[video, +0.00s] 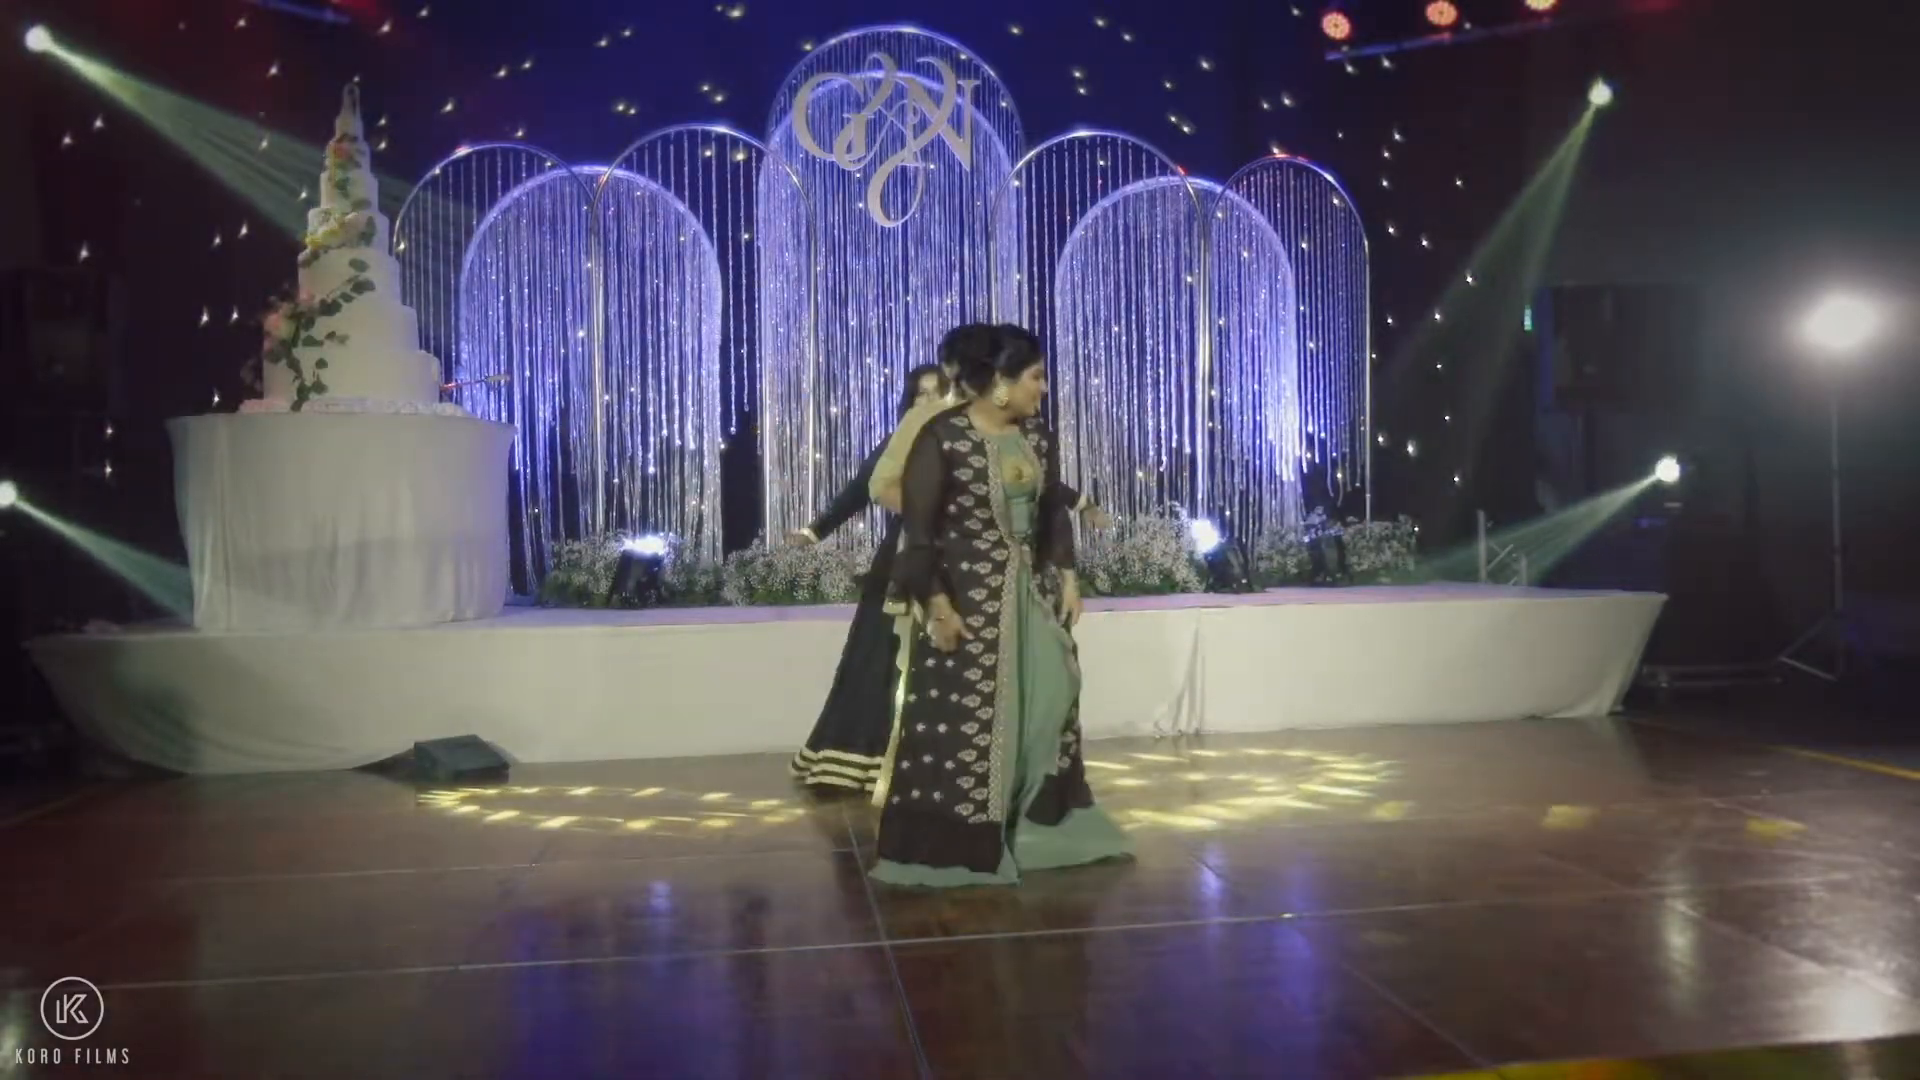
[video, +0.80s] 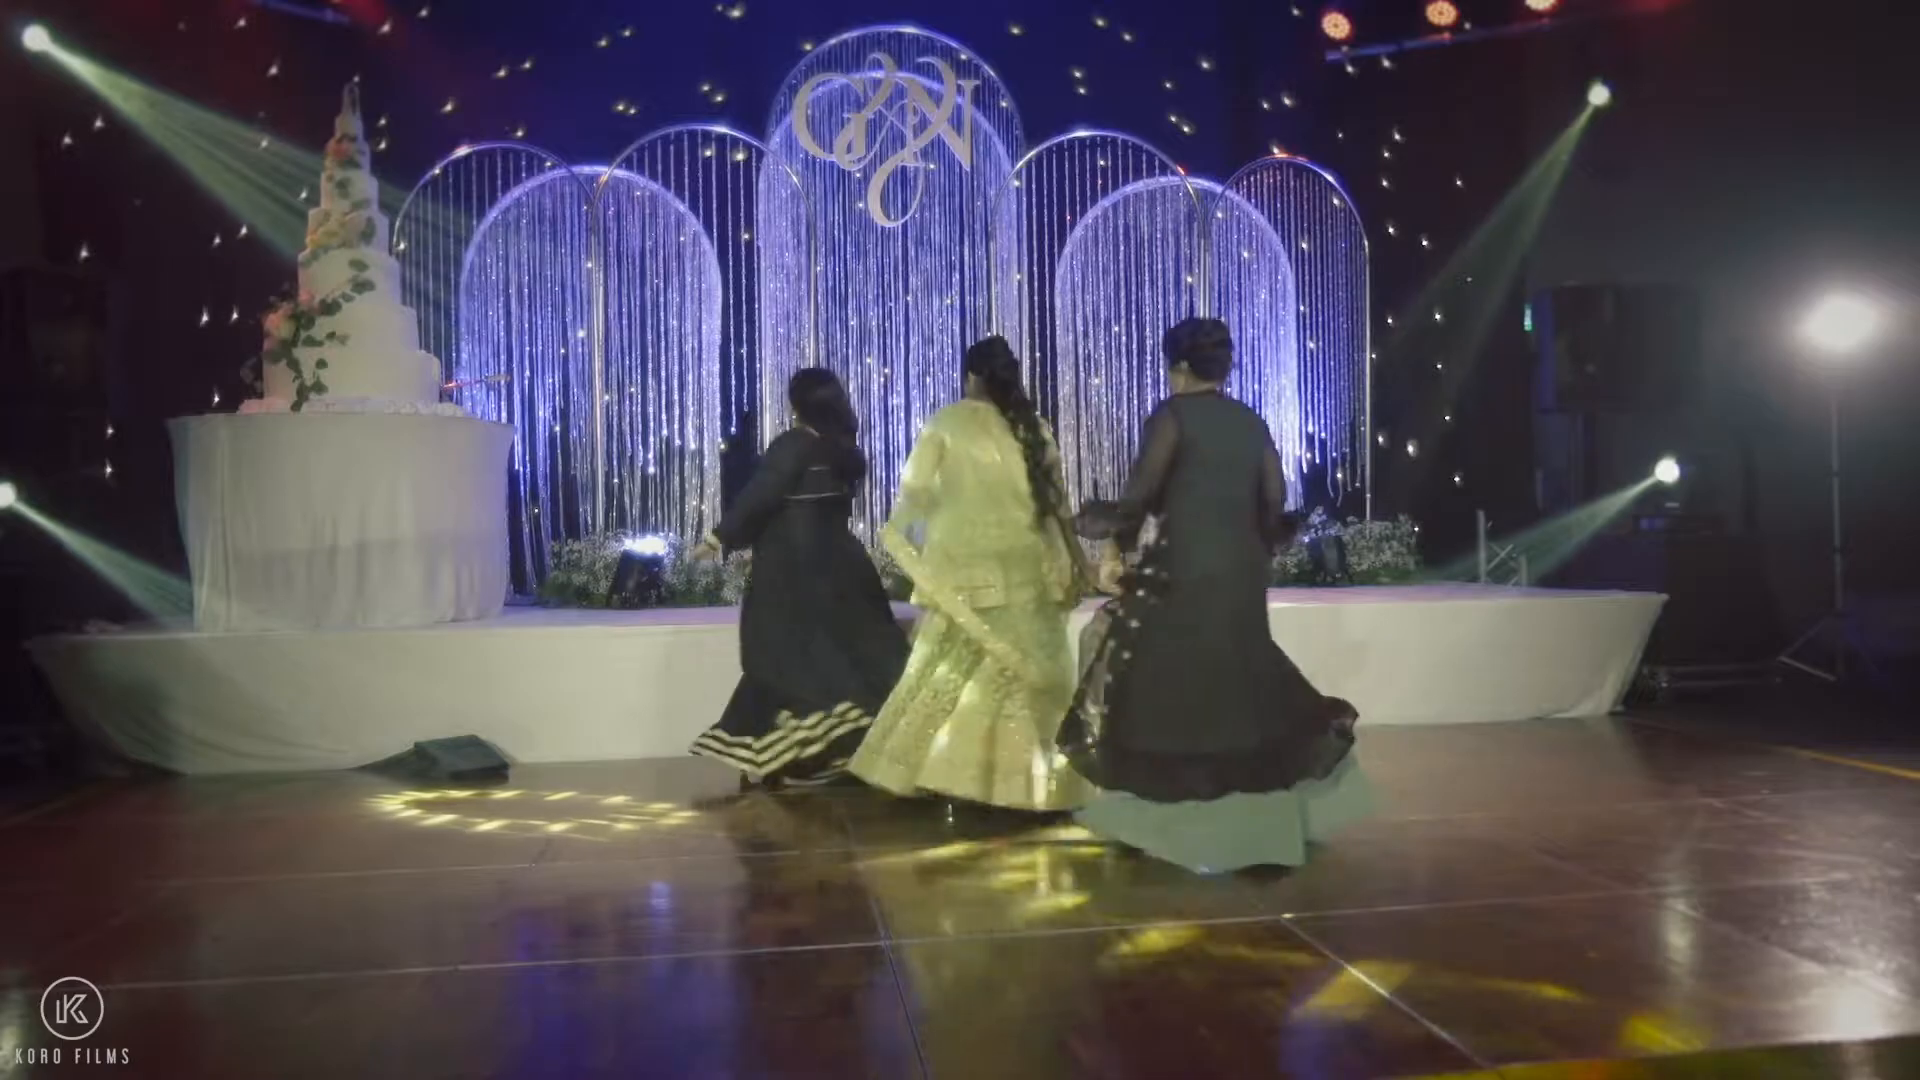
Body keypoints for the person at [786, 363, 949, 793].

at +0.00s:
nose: (929, 400)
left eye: (936, 391)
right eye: (922, 393)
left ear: (951, 392)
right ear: (909, 398)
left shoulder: (967, 440)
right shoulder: (903, 440)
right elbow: (864, 486)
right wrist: (817, 528)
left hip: (953, 560)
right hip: (900, 561)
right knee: (877, 661)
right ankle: (844, 761)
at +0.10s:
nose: (926, 401)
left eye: (932, 391)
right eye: (920, 392)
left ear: (949, 390)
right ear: (910, 395)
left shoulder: (964, 436)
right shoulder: (904, 438)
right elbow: (873, 488)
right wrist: (844, 541)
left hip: (944, 552)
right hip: (897, 553)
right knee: (876, 655)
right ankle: (858, 761)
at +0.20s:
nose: (916, 401)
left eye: (924, 392)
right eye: (910, 392)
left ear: (940, 394)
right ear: (901, 397)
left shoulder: (958, 446)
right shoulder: (893, 443)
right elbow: (865, 492)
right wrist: (842, 540)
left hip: (937, 555)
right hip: (887, 554)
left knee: (914, 655)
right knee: (863, 649)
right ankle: (854, 746)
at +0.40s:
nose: (877, 401)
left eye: (885, 392)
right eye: (872, 396)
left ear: (908, 396)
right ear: (868, 406)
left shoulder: (931, 447)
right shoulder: (862, 452)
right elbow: (827, 496)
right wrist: (784, 533)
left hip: (908, 561)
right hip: (860, 561)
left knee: (886, 654)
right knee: (833, 650)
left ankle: (878, 751)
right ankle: (828, 749)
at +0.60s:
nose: (818, 405)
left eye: (826, 398)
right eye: (820, 397)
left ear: (850, 405)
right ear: (842, 406)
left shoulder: (878, 449)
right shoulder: (821, 452)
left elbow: (885, 516)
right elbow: (801, 500)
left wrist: (876, 564)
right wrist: (765, 531)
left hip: (854, 576)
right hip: (810, 575)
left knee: (852, 666)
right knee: (782, 660)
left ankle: (861, 762)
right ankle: (783, 759)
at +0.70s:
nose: (804, 410)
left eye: (808, 402)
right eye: (806, 402)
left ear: (824, 406)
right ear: (836, 403)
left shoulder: (845, 446)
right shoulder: (827, 448)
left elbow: (824, 504)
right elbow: (816, 507)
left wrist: (795, 555)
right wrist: (790, 553)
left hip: (836, 577)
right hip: (820, 576)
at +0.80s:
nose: (787, 409)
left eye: (789, 403)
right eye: (789, 403)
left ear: (798, 406)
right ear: (836, 401)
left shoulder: (794, 445)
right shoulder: (845, 450)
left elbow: (763, 494)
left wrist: (722, 535)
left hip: (794, 568)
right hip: (837, 564)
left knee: (784, 656)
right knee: (842, 653)